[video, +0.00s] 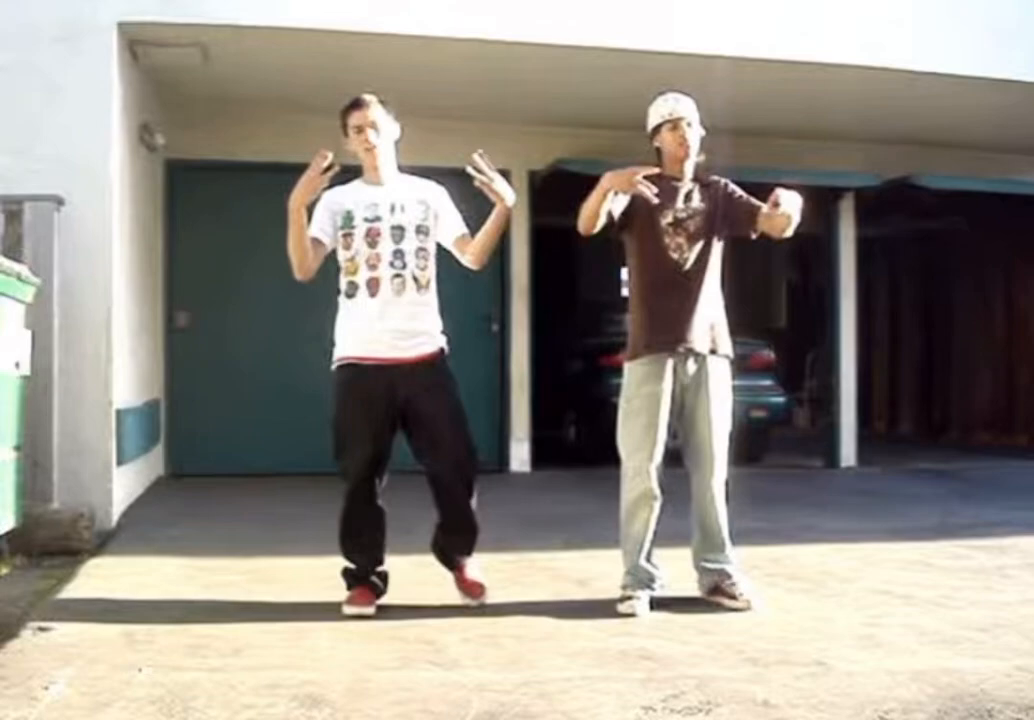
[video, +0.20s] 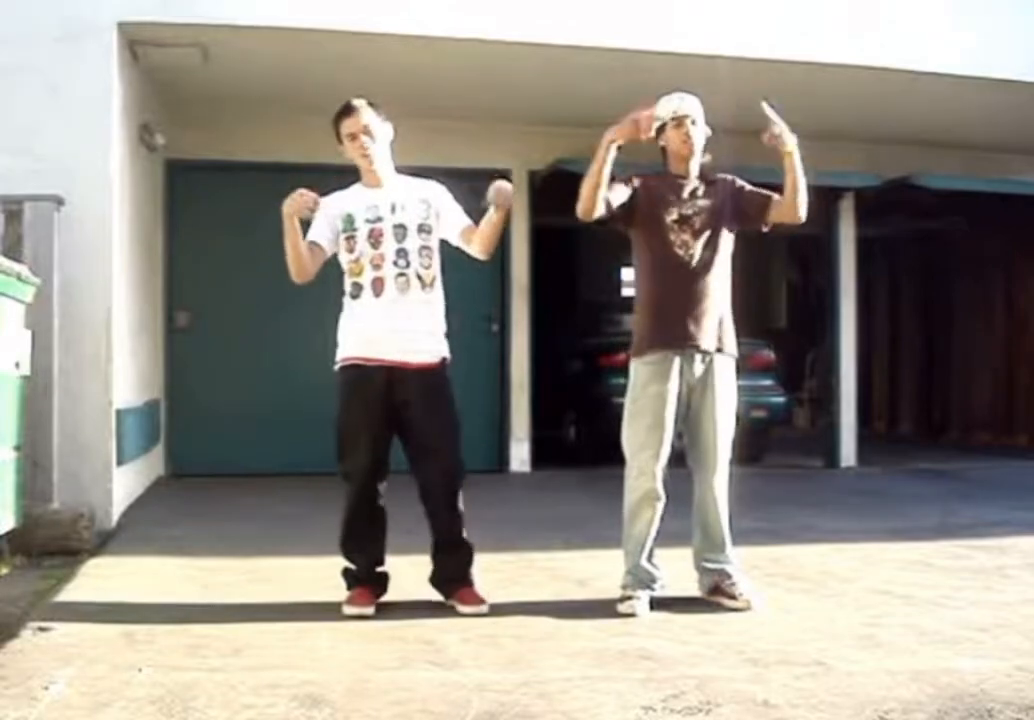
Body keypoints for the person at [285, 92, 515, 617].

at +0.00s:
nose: (368, 137)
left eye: (374, 127)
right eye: (358, 130)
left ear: (394, 133)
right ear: (347, 142)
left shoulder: (429, 194)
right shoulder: (336, 199)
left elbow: (473, 256)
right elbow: (304, 268)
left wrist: (503, 207)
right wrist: (297, 204)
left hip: (423, 356)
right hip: (360, 360)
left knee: (456, 464)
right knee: (359, 473)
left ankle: (457, 552)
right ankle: (364, 579)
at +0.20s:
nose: (362, 144)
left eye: (368, 133)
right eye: (352, 138)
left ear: (388, 136)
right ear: (343, 147)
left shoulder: (429, 194)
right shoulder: (336, 206)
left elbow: (480, 247)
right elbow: (303, 271)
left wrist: (499, 210)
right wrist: (291, 221)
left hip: (424, 357)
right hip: (362, 359)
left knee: (442, 474)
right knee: (362, 475)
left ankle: (456, 578)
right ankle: (364, 581)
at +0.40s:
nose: (368, 138)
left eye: (374, 128)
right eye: (358, 133)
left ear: (394, 130)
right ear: (350, 144)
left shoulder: (437, 192)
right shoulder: (342, 202)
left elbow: (486, 246)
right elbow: (309, 269)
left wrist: (510, 192)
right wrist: (287, 206)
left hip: (430, 358)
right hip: (367, 360)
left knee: (442, 477)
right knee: (364, 476)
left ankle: (457, 577)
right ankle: (364, 581)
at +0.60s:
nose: (390, 134)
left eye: (396, 124)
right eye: (380, 128)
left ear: (416, 129)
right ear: (370, 139)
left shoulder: (453, 195)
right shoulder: (357, 197)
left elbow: (499, 254)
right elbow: (319, 262)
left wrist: (527, 213)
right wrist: (297, 209)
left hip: (436, 358)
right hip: (373, 359)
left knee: (448, 476)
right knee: (366, 474)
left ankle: (456, 579)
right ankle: (365, 580)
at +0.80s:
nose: (416, 135)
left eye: (425, 127)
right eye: (408, 127)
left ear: (441, 133)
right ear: (395, 134)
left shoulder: (465, 197)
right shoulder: (371, 194)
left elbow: (504, 261)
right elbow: (332, 260)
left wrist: (541, 223)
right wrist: (311, 213)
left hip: (443, 358)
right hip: (380, 357)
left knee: (450, 476)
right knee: (371, 473)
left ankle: (456, 578)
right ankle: (365, 579)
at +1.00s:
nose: (436, 139)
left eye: (446, 131)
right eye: (428, 129)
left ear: (459, 141)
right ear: (412, 134)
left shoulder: (473, 201)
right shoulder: (379, 197)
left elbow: (512, 262)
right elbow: (315, 248)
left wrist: (546, 225)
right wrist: (316, 219)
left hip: (448, 359)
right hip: (385, 357)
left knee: (453, 476)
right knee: (375, 474)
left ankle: (456, 579)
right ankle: (365, 579)